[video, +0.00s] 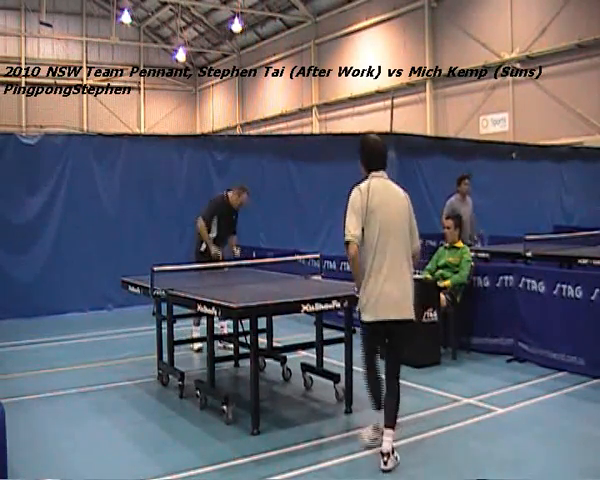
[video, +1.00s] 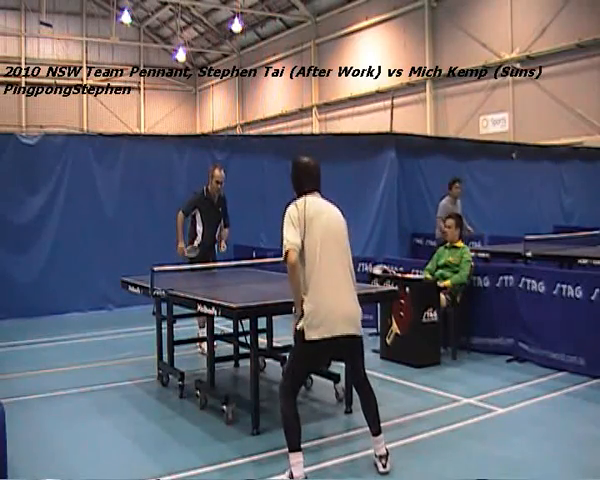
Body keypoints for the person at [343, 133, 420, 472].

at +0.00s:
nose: (362, 164)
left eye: (361, 158)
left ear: (362, 161)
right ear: (386, 161)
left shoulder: (359, 193)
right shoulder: (402, 195)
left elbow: (353, 243)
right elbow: (415, 248)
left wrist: (359, 280)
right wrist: (399, 271)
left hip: (372, 297)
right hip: (402, 297)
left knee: (370, 362)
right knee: (393, 370)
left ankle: (382, 421)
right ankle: (388, 441)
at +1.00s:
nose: (293, 185)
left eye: (293, 179)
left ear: (294, 182)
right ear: (319, 181)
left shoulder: (295, 210)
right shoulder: (336, 212)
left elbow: (291, 257)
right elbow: (344, 260)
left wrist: (298, 303)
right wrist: (334, 298)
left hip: (318, 321)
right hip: (350, 319)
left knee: (288, 392)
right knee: (360, 380)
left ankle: (297, 469)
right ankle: (381, 451)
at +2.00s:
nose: (306, 199)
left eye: (305, 194)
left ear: (306, 196)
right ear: (330, 195)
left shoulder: (307, 225)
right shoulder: (347, 224)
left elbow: (299, 277)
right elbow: (358, 274)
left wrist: (304, 318)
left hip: (328, 331)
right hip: (361, 328)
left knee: (293, 390)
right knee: (364, 379)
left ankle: (297, 468)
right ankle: (381, 449)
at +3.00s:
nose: (318, 213)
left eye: (319, 208)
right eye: (321, 207)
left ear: (323, 211)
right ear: (345, 208)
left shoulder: (337, 230)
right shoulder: (356, 232)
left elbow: (348, 256)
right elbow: (347, 262)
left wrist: (359, 282)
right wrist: (324, 261)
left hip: (361, 332)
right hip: (384, 333)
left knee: (316, 389)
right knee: (358, 379)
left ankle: (302, 468)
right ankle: (375, 449)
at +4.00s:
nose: (302, 233)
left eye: (303, 229)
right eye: (304, 228)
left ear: (307, 231)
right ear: (330, 228)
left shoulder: (319, 256)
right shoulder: (344, 253)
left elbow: (279, 274)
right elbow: (294, 268)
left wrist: (253, 269)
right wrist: (266, 269)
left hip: (363, 356)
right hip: (384, 351)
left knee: (311, 402)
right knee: (349, 381)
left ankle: (331, 472)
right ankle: (353, 434)